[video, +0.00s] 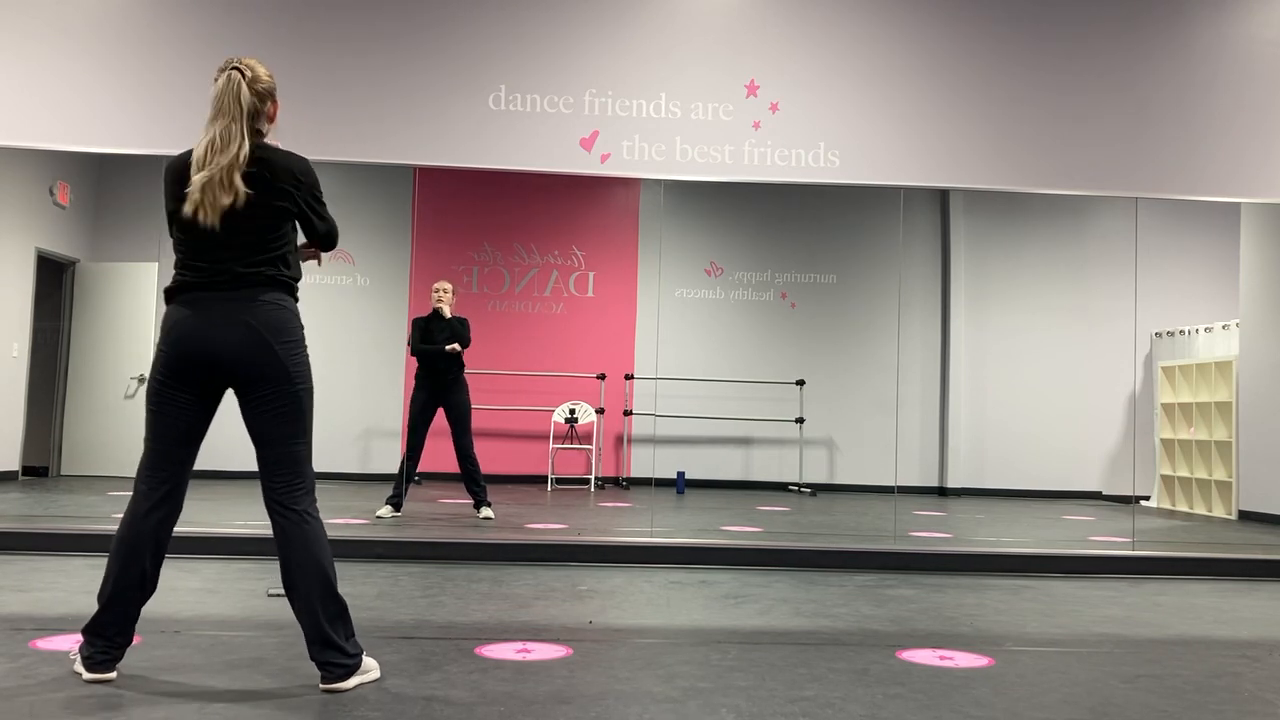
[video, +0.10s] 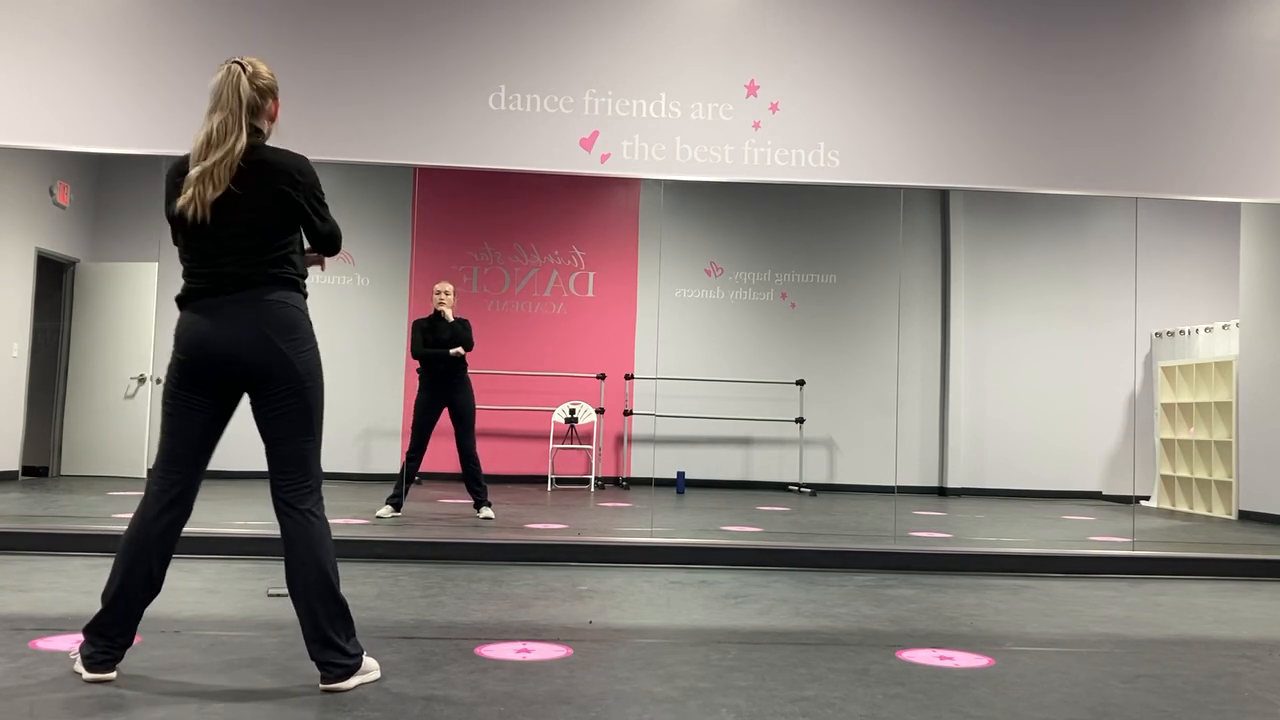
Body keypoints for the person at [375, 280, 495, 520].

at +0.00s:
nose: (439, 294)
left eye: (445, 291)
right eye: (436, 291)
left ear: (453, 298)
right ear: (430, 297)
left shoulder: (460, 323)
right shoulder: (420, 322)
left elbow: (464, 342)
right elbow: (415, 349)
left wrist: (448, 317)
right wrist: (444, 348)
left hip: (455, 389)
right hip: (425, 389)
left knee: (465, 447)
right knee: (412, 448)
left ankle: (482, 504)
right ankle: (394, 504)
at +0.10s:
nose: (442, 296)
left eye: (447, 293)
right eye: (438, 293)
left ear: (454, 299)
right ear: (431, 298)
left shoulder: (462, 324)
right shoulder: (420, 324)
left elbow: (467, 346)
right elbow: (417, 352)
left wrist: (451, 320)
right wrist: (449, 352)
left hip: (459, 390)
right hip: (430, 390)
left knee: (467, 448)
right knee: (415, 449)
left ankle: (482, 504)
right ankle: (394, 504)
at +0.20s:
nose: (443, 300)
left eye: (448, 296)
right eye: (440, 296)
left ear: (455, 301)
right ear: (433, 300)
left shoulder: (464, 327)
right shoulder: (421, 327)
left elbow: (468, 352)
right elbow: (418, 359)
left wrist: (452, 324)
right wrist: (449, 360)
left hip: (463, 392)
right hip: (433, 393)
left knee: (471, 449)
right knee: (418, 450)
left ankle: (483, 504)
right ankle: (394, 504)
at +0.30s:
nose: (444, 297)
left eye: (448, 293)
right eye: (440, 293)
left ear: (456, 299)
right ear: (433, 298)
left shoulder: (464, 325)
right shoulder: (421, 326)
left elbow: (469, 348)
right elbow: (418, 357)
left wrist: (454, 321)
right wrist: (450, 356)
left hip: (461, 391)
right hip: (432, 392)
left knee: (469, 449)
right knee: (417, 450)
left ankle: (483, 504)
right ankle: (394, 504)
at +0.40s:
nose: (442, 294)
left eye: (447, 290)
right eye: (438, 291)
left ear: (455, 298)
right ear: (433, 297)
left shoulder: (463, 322)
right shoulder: (422, 324)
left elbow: (469, 339)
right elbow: (418, 352)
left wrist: (452, 315)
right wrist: (448, 348)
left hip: (458, 390)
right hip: (428, 390)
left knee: (466, 448)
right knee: (414, 449)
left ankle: (482, 504)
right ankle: (394, 504)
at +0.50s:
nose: (441, 294)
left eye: (446, 290)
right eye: (437, 291)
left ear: (454, 297)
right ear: (432, 297)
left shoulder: (462, 323)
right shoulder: (421, 323)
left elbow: (465, 340)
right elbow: (415, 350)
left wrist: (450, 315)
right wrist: (444, 347)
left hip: (454, 390)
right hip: (424, 389)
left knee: (464, 448)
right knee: (412, 449)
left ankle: (482, 504)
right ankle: (394, 504)